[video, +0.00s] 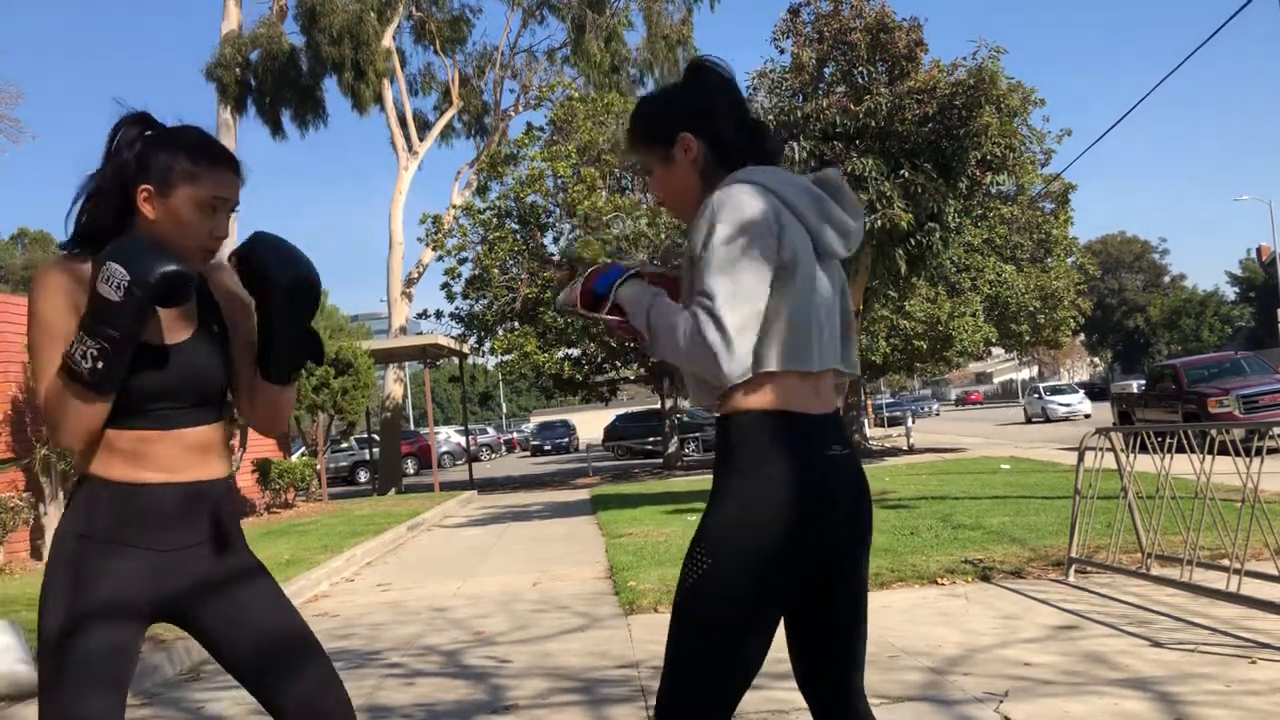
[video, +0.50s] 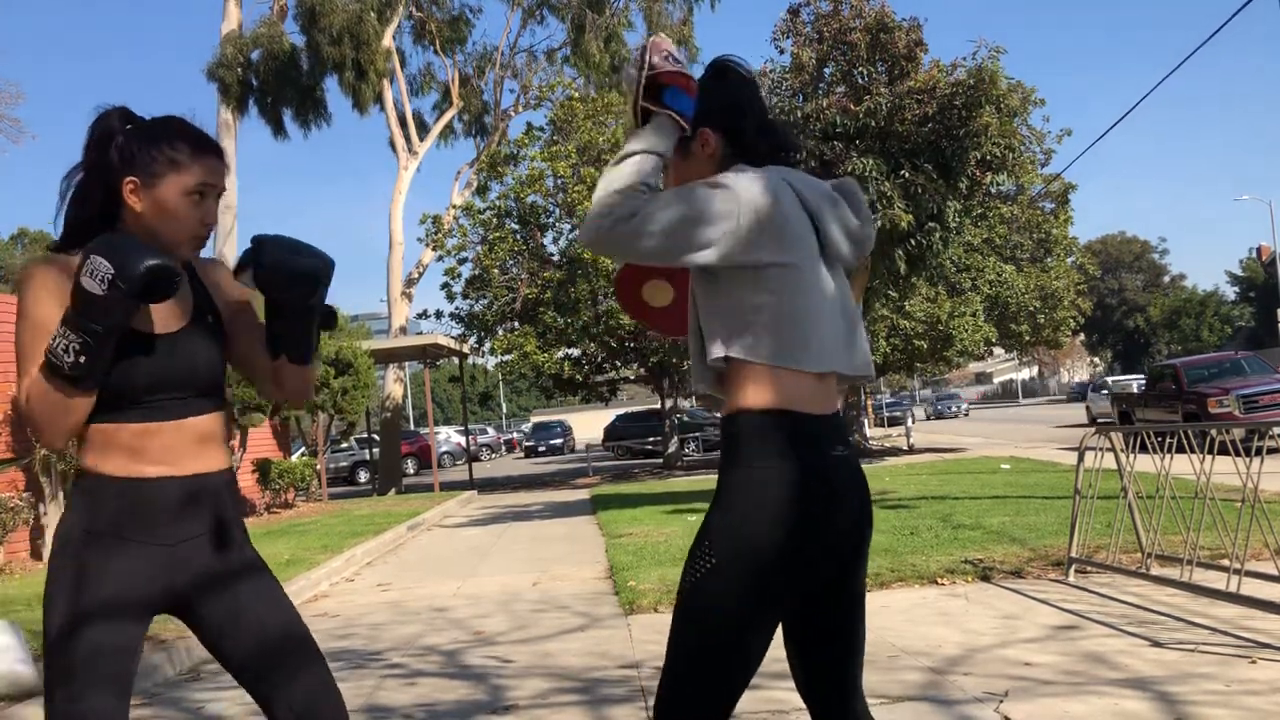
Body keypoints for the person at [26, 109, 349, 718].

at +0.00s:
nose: (225, 228)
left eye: (231, 211)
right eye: (213, 208)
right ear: (148, 201)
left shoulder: (224, 290)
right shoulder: (66, 282)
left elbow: (272, 420)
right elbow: (68, 434)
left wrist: (287, 317)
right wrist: (112, 323)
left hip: (215, 539)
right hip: (108, 541)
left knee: (326, 706)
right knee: (78, 709)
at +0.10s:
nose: (222, 227)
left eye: (228, 211)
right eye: (210, 207)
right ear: (145, 199)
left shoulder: (218, 287)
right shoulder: (59, 281)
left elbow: (266, 419)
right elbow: (65, 430)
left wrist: (284, 318)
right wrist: (107, 321)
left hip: (208, 540)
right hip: (101, 541)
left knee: (318, 708)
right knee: (75, 710)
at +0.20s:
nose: (218, 227)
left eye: (223, 212)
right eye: (205, 207)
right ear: (142, 199)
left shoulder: (212, 289)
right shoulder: (54, 280)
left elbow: (257, 419)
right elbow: (59, 430)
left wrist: (280, 316)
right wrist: (103, 319)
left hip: (202, 541)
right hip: (94, 543)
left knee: (313, 708)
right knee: (70, 710)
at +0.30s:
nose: (213, 232)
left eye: (217, 215)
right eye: (200, 212)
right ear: (136, 204)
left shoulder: (208, 295)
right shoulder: (49, 282)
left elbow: (249, 426)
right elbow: (57, 432)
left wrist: (284, 333)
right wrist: (102, 317)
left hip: (199, 545)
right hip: (90, 546)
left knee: (315, 708)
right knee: (70, 709)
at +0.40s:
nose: (211, 226)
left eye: (214, 209)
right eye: (197, 206)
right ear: (133, 202)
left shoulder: (210, 297)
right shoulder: (50, 282)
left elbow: (256, 424)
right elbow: (45, 436)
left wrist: (285, 331)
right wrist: (99, 321)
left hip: (205, 541)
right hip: (96, 544)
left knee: (320, 707)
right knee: (78, 709)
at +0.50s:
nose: (213, 215)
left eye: (216, 198)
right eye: (200, 196)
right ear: (134, 193)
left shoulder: (214, 282)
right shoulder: (56, 279)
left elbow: (291, 389)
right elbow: (47, 429)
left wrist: (297, 310)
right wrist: (94, 319)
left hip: (215, 531)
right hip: (107, 536)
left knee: (318, 707)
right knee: (84, 711)